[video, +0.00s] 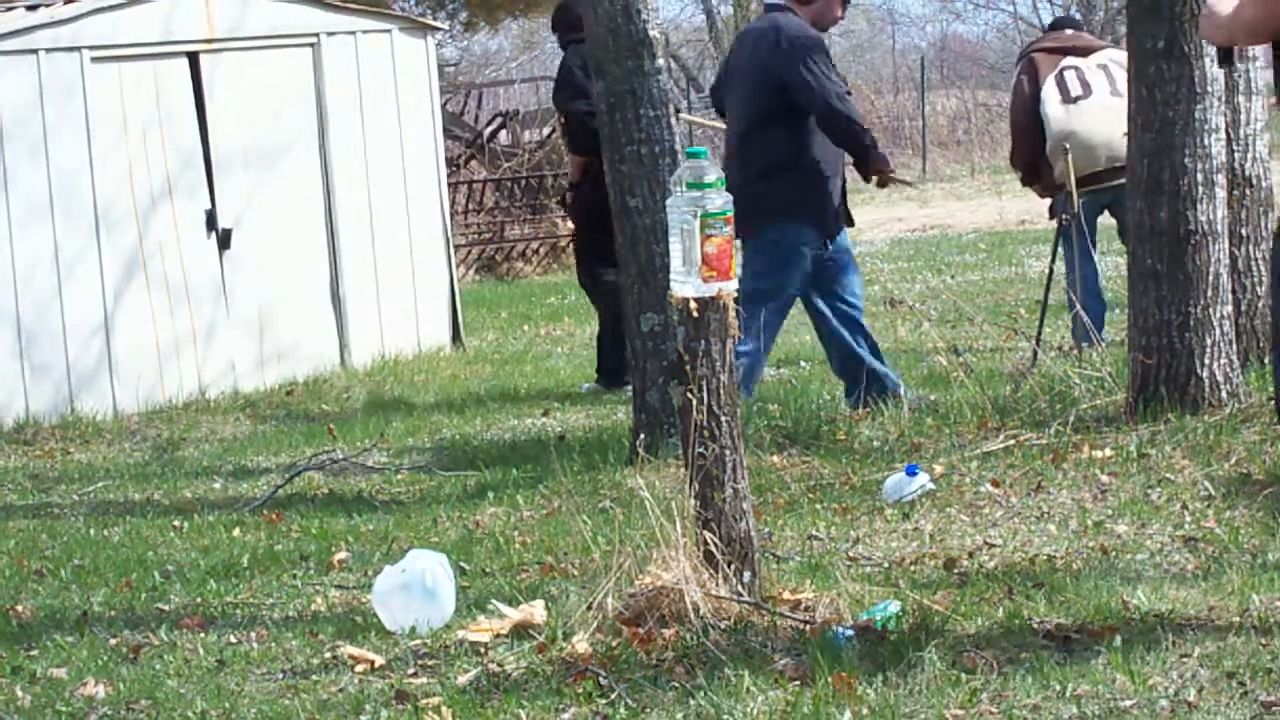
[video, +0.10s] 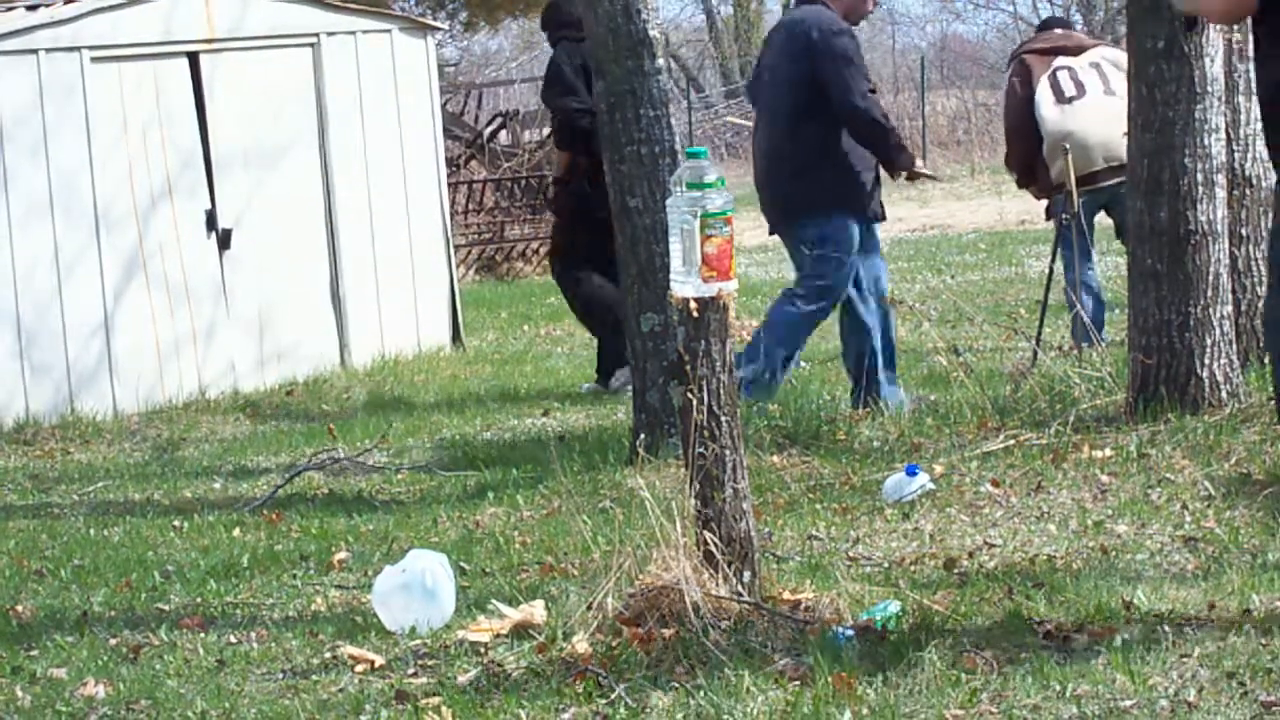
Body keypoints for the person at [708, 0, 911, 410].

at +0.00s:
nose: (842, 14)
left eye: (844, 6)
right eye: (841, 5)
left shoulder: (751, 36)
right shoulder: (798, 37)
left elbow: (719, 96)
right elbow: (833, 108)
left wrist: (773, 134)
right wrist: (870, 156)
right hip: (793, 202)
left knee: (839, 304)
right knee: (757, 316)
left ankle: (879, 398)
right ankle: (722, 411)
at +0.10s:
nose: (873, 8)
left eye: (874, 2)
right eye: (871, 1)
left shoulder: (786, 28)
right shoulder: (830, 31)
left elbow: (757, 89)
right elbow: (857, 106)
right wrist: (901, 158)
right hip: (820, 187)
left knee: (867, 290)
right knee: (821, 286)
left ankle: (879, 399)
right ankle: (743, 390)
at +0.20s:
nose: (894, 6)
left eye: (894, 2)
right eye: (893, 0)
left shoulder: (806, 28)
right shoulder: (853, 21)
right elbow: (882, 97)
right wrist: (925, 145)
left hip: (819, 179)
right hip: (860, 176)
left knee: (868, 284)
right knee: (877, 278)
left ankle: (879, 401)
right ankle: (790, 365)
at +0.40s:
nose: (941, 4)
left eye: (940, 2)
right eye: (940, 1)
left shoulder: (862, 18)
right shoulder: (903, 15)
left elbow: (871, 101)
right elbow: (927, 86)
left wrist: (941, 138)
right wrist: (973, 133)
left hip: (865, 177)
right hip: (913, 173)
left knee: (884, 285)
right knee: (962, 256)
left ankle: (881, 398)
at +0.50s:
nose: (973, 6)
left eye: (975, 3)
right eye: (974, 2)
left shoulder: (892, 20)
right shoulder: (933, 18)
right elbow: (957, 90)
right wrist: (1001, 139)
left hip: (894, 186)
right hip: (939, 182)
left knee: (895, 299)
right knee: (987, 285)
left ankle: (882, 402)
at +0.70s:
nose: (1040, 7)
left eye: (1041, 7)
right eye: (1040, 5)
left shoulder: (955, 17)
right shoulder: (1006, 23)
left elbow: (927, 71)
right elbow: (1039, 101)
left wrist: (971, 110)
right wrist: (1086, 131)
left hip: (960, 185)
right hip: (1017, 183)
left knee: (947, 287)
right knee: (1052, 281)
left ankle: (895, 391)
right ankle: (1073, 382)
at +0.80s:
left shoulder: (982, 10)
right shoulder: (1040, 12)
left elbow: (955, 63)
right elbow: (1070, 91)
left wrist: (993, 109)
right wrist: (1112, 128)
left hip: (985, 164)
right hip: (1044, 166)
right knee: (1078, 271)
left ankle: (935, 351)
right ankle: (1070, 379)